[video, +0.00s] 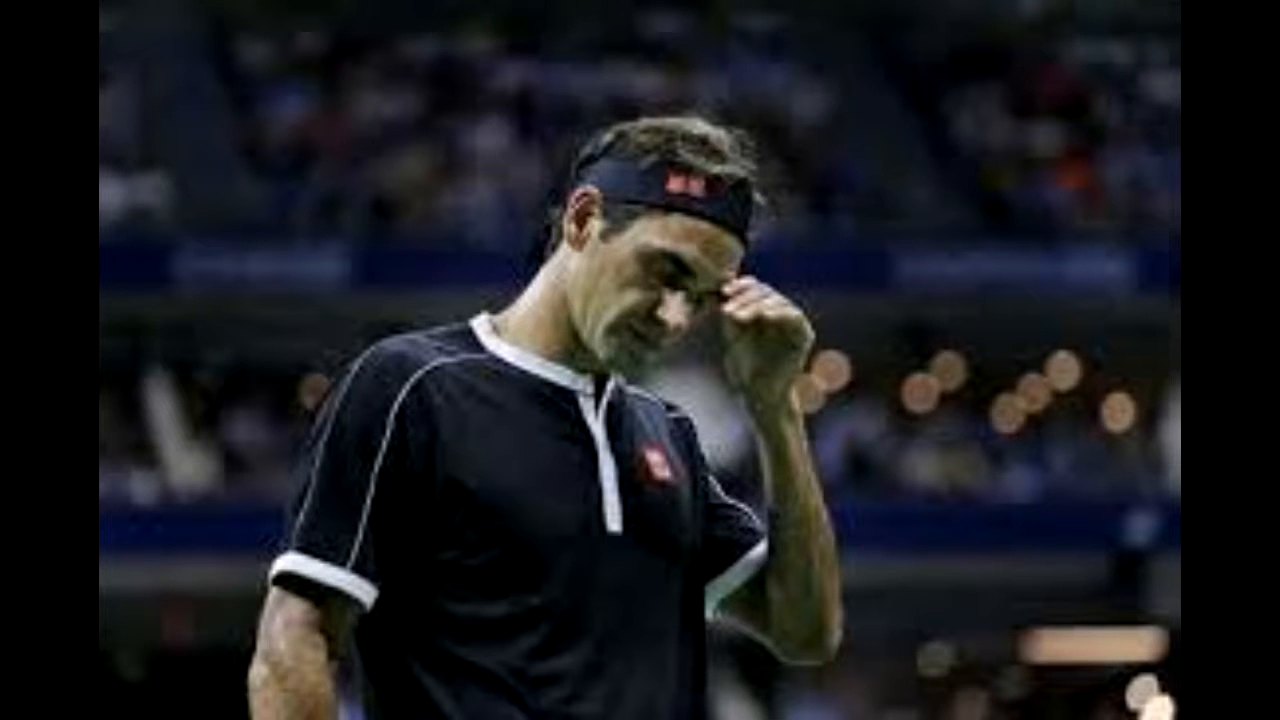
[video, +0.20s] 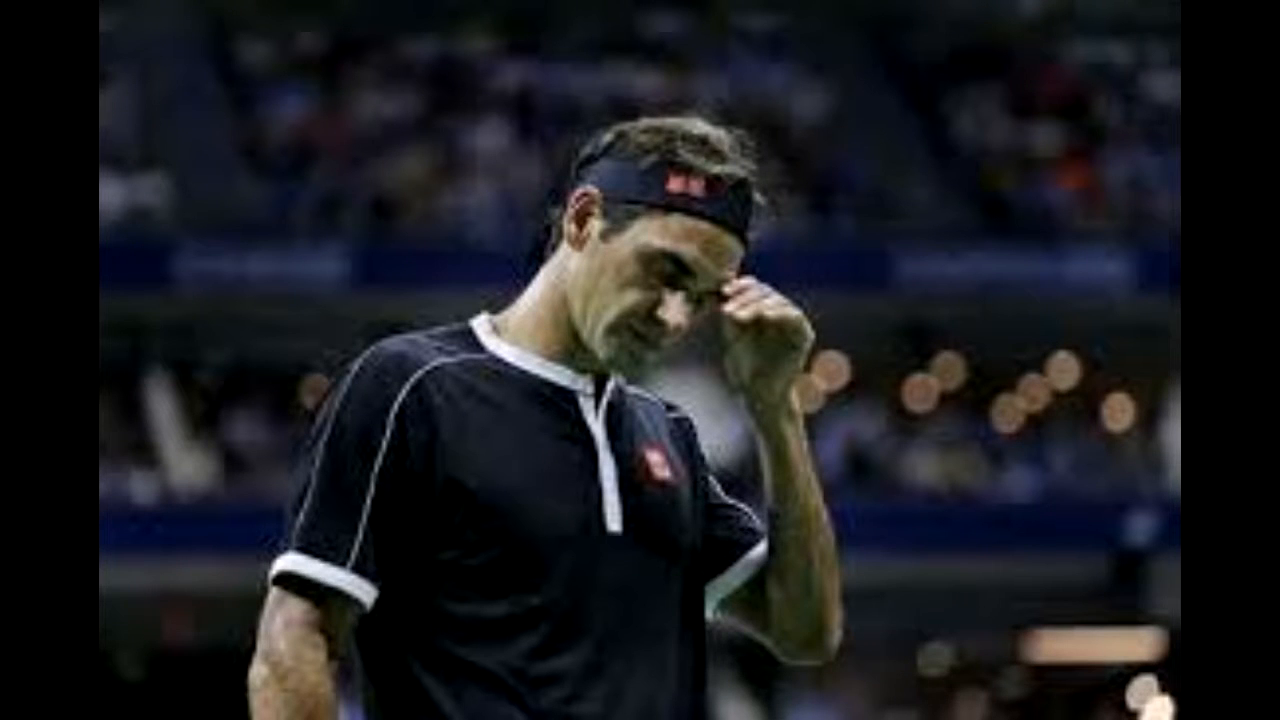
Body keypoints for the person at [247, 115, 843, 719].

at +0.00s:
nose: (675, 317)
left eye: (701, 299)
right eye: (664, 272)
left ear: (718, 301)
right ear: (584, 221)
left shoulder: (664, 436)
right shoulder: (404, 386)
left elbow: (805, 633)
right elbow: (292, 641)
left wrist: (776, 410)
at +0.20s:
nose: (675, 317)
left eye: (701, 299)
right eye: (664, 272)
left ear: (718, 301)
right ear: (584, 221)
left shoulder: (664, 436)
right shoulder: (404, 386)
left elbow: (805, 633)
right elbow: (292, 641)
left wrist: (776, 410)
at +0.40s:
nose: (675, 318)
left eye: (702, 299)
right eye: (665, 273)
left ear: (720, 301)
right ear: (584, 221)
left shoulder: (664, 435)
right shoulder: (404, 386)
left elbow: (805, 633)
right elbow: (292, 642)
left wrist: (776, 410)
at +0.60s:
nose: (675, 318)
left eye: (701, 299)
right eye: (665, 273)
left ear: (719, 301)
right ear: (584, 221)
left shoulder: (664, 435)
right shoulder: (404, 386)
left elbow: (805, 633)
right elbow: (292, 642)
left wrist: (776, 410)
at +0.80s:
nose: (676, 318)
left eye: (702, 299)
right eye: (665, 273)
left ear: (719, 301)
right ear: (584, 221)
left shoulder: (664, 435)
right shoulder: (404, 386)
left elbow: (805, 633)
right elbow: (292, 642)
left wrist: (776, 410)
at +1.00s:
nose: (675, 317)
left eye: (701, 299)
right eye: (664, 273)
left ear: (718, 301)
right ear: (584, 220)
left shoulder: (664, 435)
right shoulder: (403, 386)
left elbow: (805, 634)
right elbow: (292, 641)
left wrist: (776, 409)